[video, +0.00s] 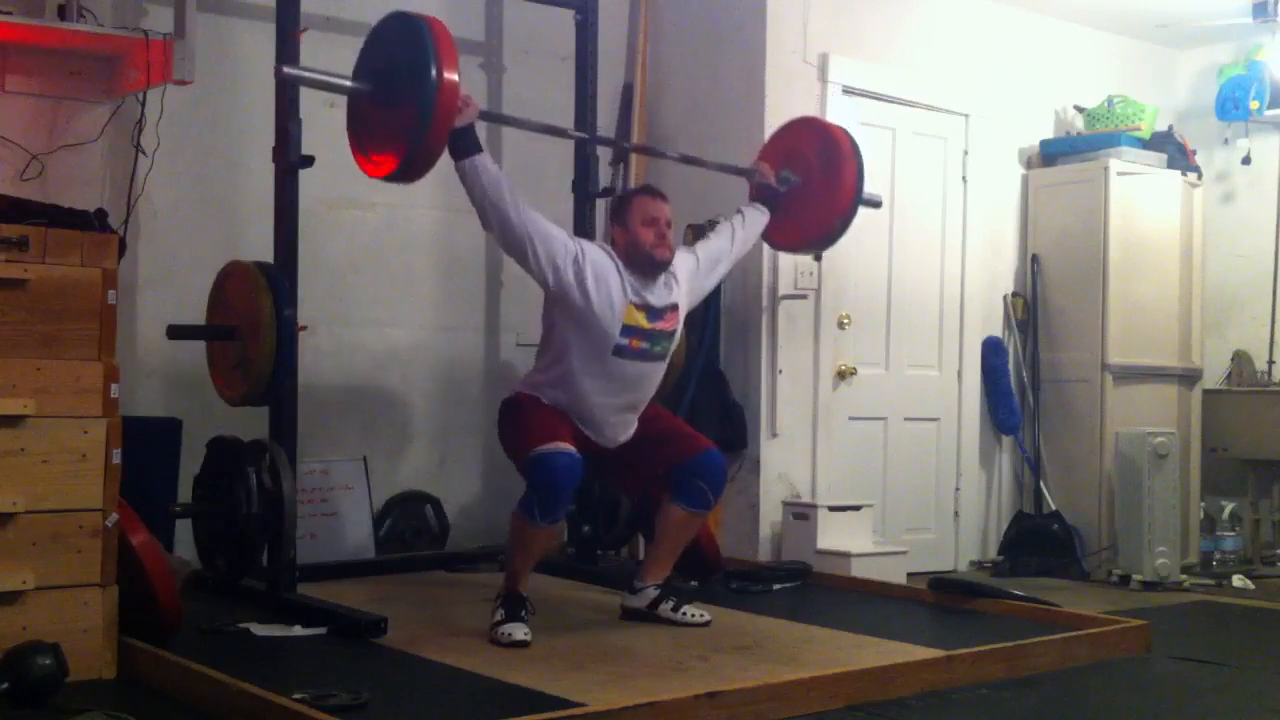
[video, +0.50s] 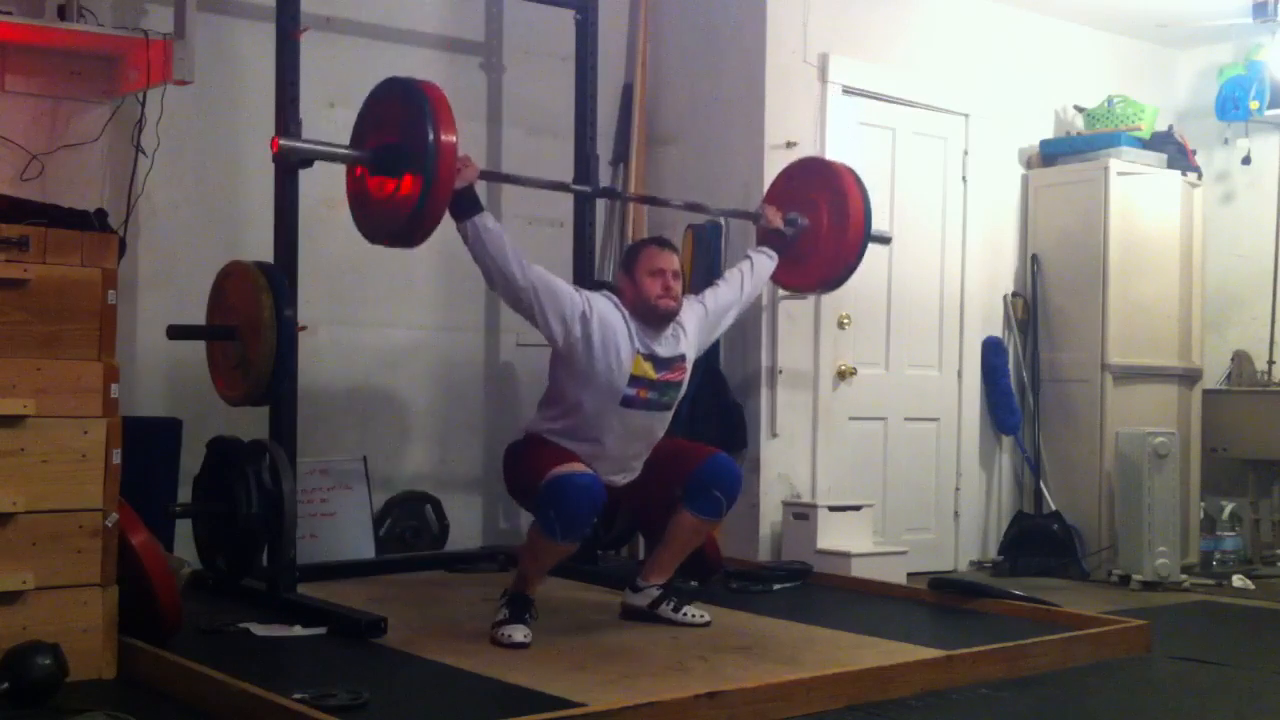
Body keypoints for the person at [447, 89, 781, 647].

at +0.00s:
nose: (664, 233)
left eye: (669, 225)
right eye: (650, 224)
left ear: (673, 233)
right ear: (617, 232)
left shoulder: (683, 279)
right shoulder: (583, 268)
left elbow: (727, 244)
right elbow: (512, 219)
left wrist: (763, 202)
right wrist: (464, 140)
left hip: (628, 419)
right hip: (548, 409)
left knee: (705, 468)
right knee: (559, 471)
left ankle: (647, 590)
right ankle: (513, 598)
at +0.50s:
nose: (670, 283)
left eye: (676, 276)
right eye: (657, 274)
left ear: (682, 285)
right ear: (624, 282)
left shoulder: (690, 326)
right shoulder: (588, 316)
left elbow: (737, 288)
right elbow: (516, 276)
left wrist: (771, 241)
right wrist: (465, 200)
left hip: (635, 460)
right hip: (553, 453)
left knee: (719, 474)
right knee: (579, 495)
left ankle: (648, 591)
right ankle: (519, 599)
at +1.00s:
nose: (666, 175)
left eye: (672, 167)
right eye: (652, 166)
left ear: (679, 180)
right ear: (621, 177)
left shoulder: (690, 224)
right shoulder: (585, 212)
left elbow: (742, 188)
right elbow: (512, 172)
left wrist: (772, 143)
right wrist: (466, 97)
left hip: (636, 388)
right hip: (558, 374)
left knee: (707, 468)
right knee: (564, 470)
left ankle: (648, 590)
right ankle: (515, 599)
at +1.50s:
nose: (649, 70)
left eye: (656, 61)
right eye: (636, 60)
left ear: (665, 69)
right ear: (607, 68)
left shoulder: (678, 120)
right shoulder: (573, 101)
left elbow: (730, 85)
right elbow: (503, 41)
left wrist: (765, 38)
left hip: (653, 308)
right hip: (577, 303)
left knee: (662, 452)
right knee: (573, 453)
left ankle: (645, 590)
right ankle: (556, 600)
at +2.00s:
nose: (616, 67)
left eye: (624, 59)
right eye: (604, 57)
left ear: (632, 68)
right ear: (576, 63)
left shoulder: (646, 128)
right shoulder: (548, 113)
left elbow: (705, 147)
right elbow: (466, 127)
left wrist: (765, 122)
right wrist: (448, 84)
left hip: (656, 297)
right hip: (580, 295)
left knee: (663, 441)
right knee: (578, 442)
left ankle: (656, 579)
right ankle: (563, 592)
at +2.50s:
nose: (699, 260)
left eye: (710, 250)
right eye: (695, 245)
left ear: (720, 244)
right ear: (668, 222)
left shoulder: (714, 275)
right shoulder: (605, 250)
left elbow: (746, 340)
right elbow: (525, 312)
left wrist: (770, 408)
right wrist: (473, 402)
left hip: (635, 368)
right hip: (561, 357)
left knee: (661, 459)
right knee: (564, 450)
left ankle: (645, 596)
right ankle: (555, 600)